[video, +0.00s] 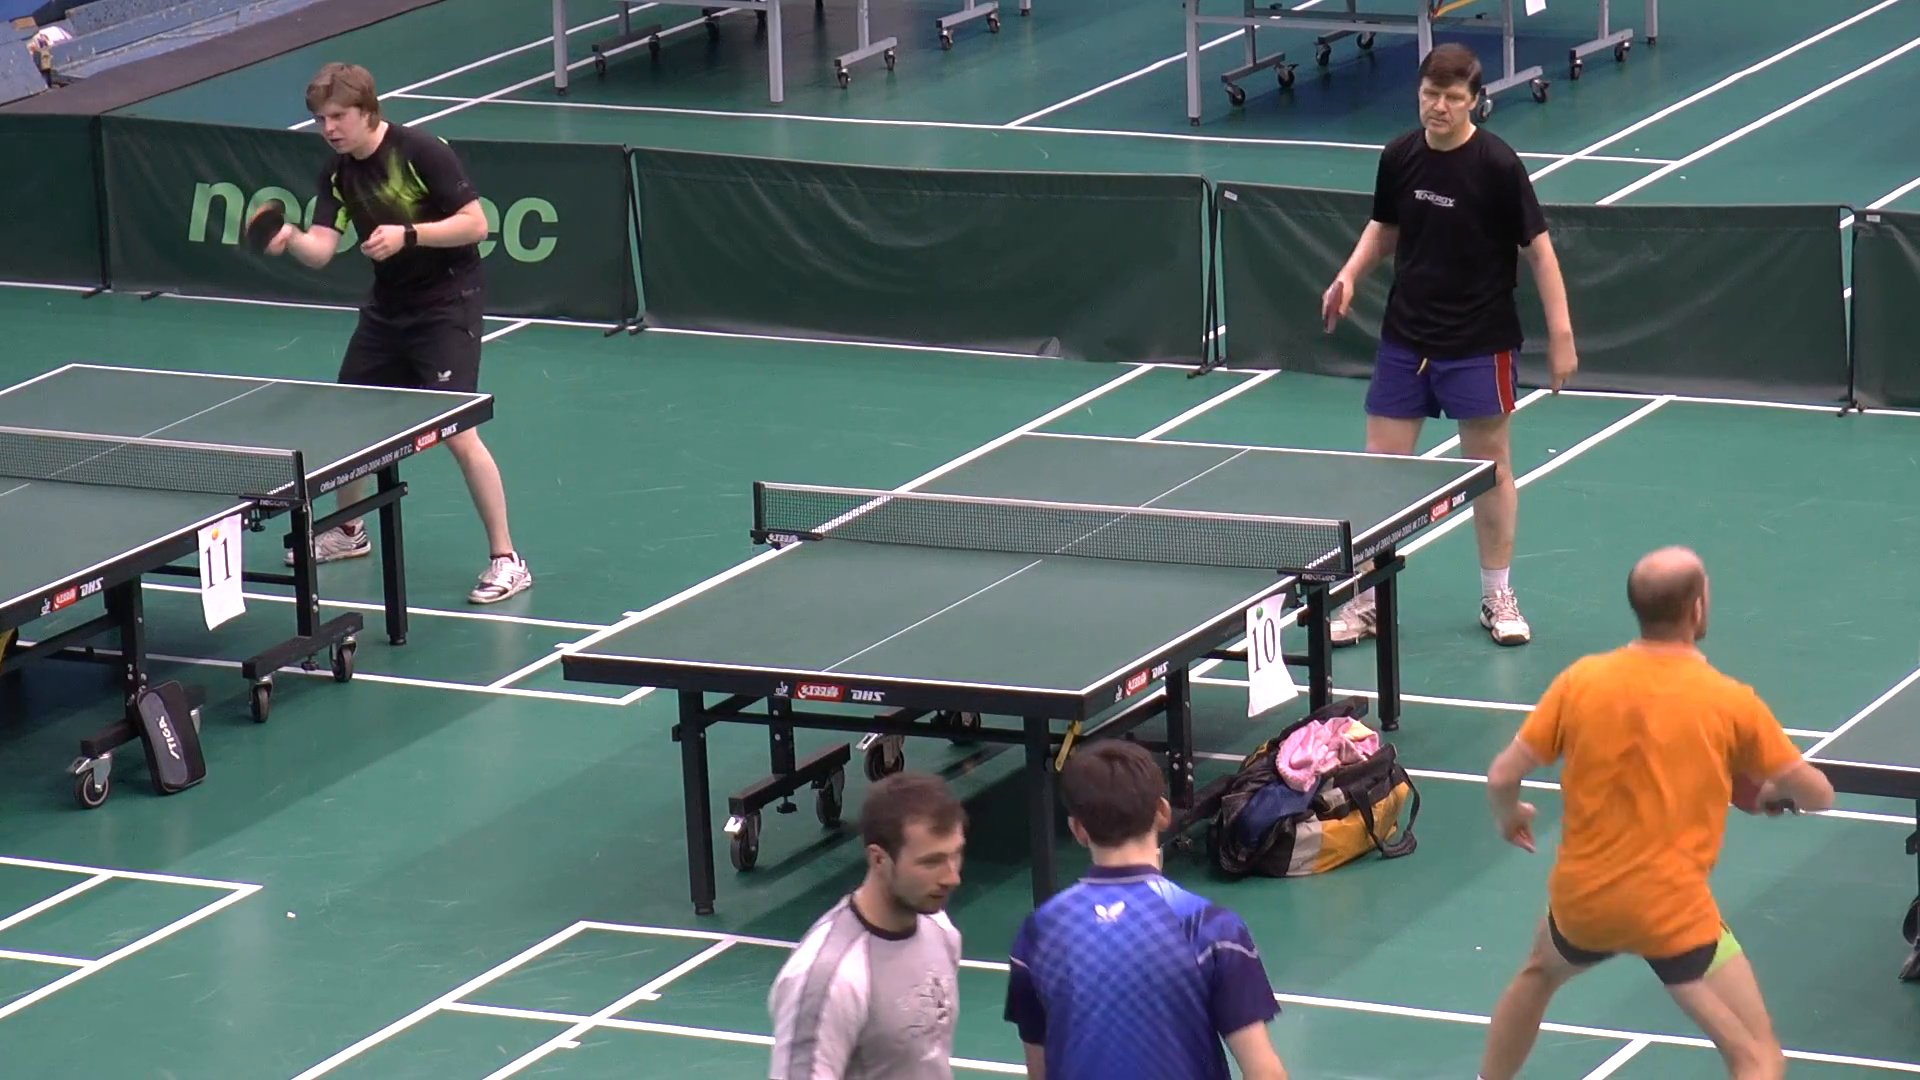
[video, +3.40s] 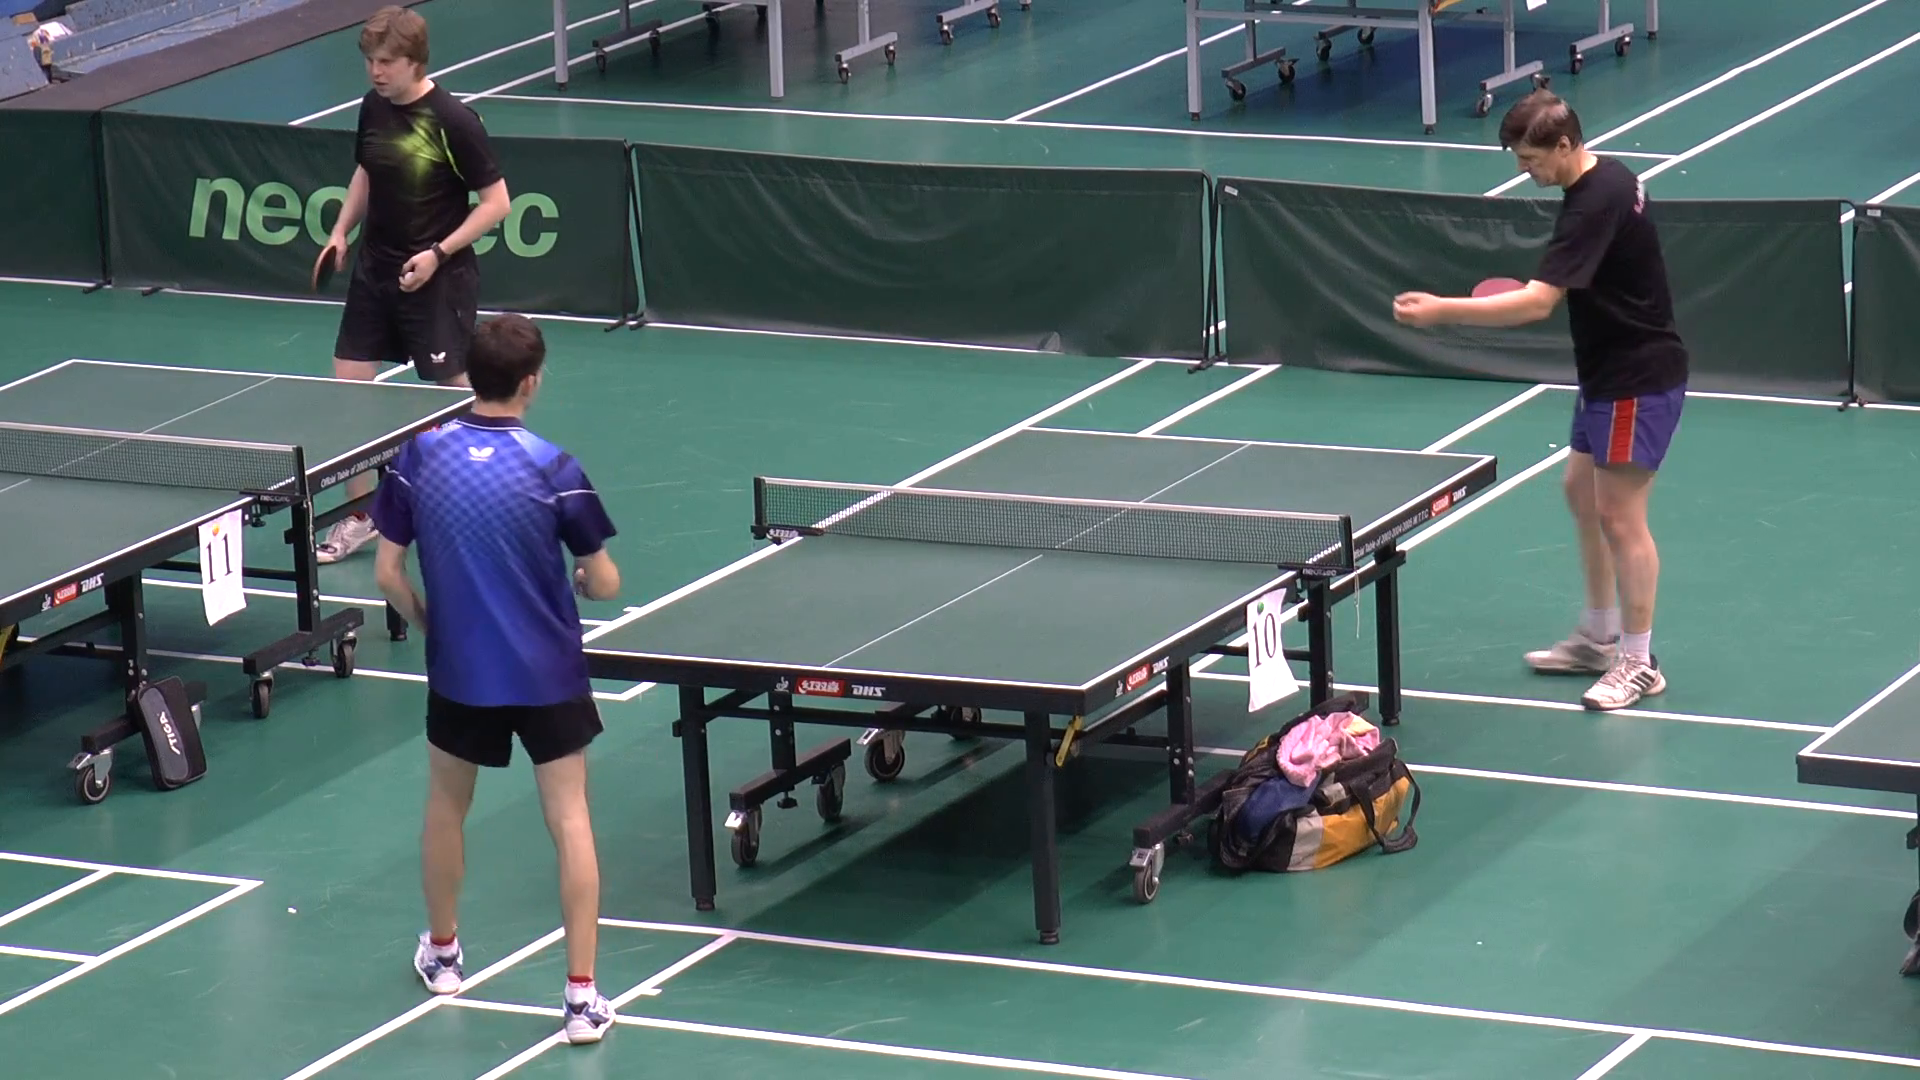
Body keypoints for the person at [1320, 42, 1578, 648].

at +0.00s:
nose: (1438, 107)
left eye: (1451, 98)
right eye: (1431, 95)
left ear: (1474, 100)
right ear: (1419, 94)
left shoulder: (1500, 165)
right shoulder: (1399, 157)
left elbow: (1540, 249)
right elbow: (1382, 227)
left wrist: (1561, 334)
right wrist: (1349, 273)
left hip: (1480, 343)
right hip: (1405, 338)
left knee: (1490, 470)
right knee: (1381, 468)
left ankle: (1498, 593)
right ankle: (1368, 595)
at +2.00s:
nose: (1470, 101)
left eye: (1482, 90)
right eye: (1463, 90)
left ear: (1510, 87)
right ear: (1454, 87)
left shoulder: (1546, 150)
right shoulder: (1435, 152)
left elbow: (1579, 237)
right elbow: (1414, 233)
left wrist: (1602, 321)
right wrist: (1411, 279)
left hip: (1524, 337)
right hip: (1447, 332)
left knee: (1513, 467)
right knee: (1431, 469)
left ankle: (1497, 590)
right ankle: (1427, 605)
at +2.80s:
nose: (1483, 162)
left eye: (1491, 150)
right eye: (1471, 154)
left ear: (1512, 126)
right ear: (1459, 144)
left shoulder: (1558, 166)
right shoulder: (1443, 195)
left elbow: (1591, 244)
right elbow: (1425, 281)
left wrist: (1623, 323)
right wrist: (1459, 316)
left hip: (1563, 357)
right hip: (1487, 365)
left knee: (1592, 485)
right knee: (1487, 493)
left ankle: (1582, 605)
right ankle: (1497, 630)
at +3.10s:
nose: (1513, 177)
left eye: (1521, 166)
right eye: (1505, 167)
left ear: (1550, 144)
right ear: (1499, 157)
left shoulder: (1600, 194)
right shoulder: (1500, 198)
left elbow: (1639, 281)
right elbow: (1480, 267)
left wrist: (1587, 349)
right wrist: (1483, 307)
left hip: (1597, 380)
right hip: (1524, 378)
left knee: (1606, 509)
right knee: (1510, 502)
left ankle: (1635, 660)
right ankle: (1500, 633)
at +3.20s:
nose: (1521, 175)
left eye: (1529, 164)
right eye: (1514, 165)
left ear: (1561, 146)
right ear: (1511, 156)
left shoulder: (1606, 202)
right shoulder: (1528, 193)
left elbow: (1616, 308)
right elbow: (1523, 260)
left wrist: (1532, 348)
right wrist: (1504, 303)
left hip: (1617, 376)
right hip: (1556, 374)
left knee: (1616, 511)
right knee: (1529, 498)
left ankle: (1637, 662)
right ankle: (1512, 632)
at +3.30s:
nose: (1522, 173)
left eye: (1529, 163)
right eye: (1517, 163)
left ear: (1563, 148)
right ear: (1530, 153)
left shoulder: (1601, 204)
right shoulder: (1557, 191)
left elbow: (1571, 311)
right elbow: (1565, 262)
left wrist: (1478, 333)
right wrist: (1519, 297)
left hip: (1631, 376)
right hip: (1581, 371)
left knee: (1620, 514)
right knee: (1558, 491)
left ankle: (1637, 662)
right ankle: (1547, 634)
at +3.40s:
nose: (1529, 174)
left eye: (1532, 162)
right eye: (1523, 164)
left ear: (1563, 144)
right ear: (1562, 145)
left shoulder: (1597, 198)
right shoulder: (1600, 178)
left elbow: (1538, 302)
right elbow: (1596, 271)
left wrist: (1440, 309)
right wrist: (1531, 288)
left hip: (1639, 379)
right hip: (1609, 375)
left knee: (1621, 513)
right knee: (1583, 492)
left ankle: (1639, 663)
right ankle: (1600, 637)